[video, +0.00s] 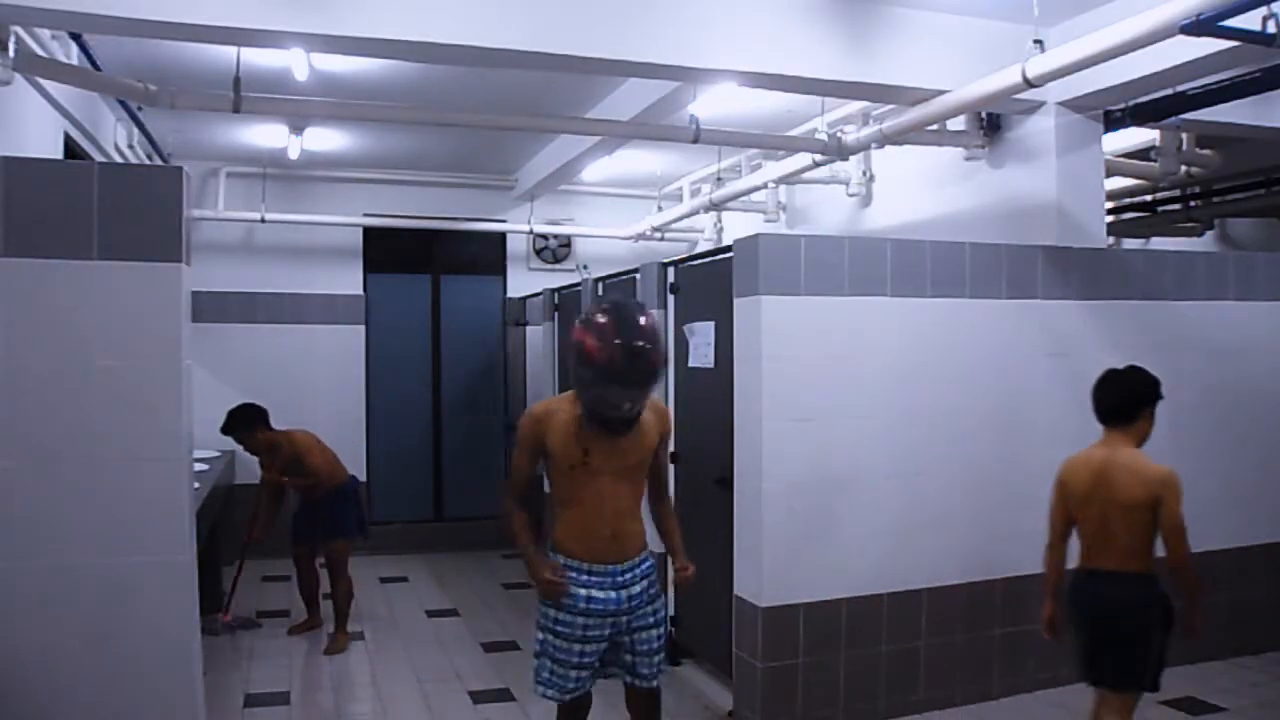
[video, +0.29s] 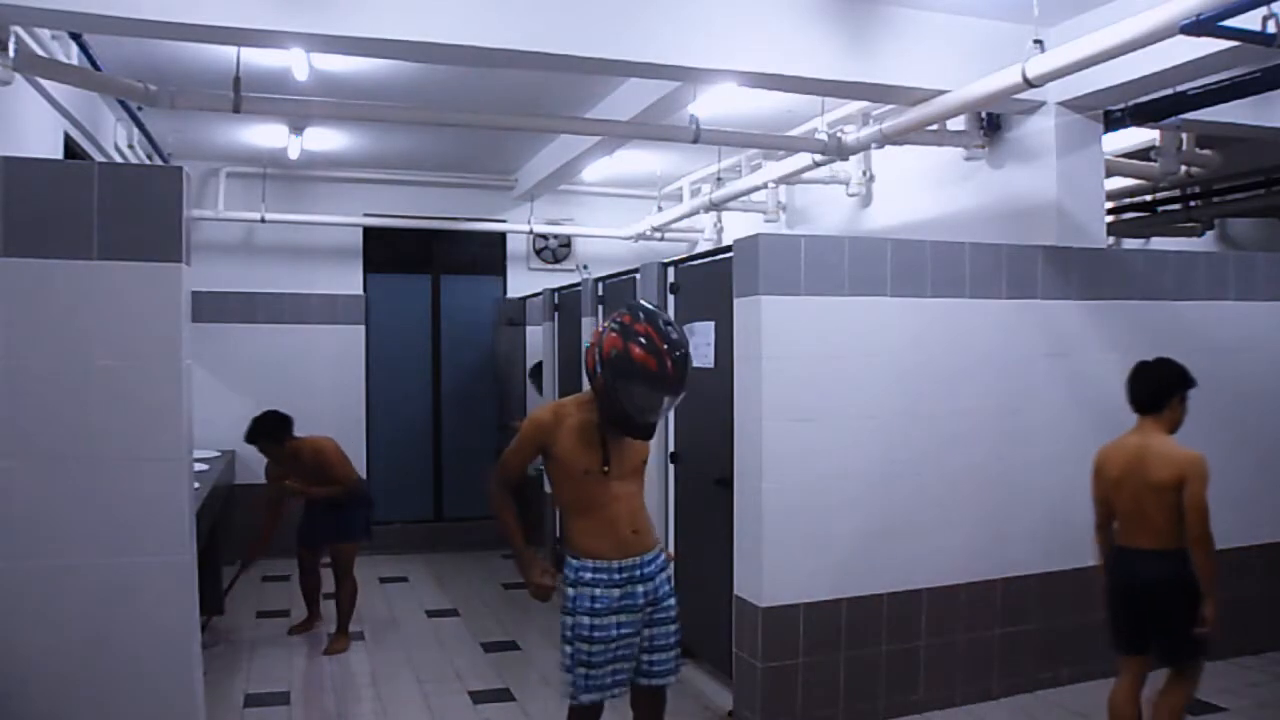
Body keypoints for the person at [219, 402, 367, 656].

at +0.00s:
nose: (243, 449)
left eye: (244, 441)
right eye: (240, 443)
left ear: (259, 431)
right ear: (257, 432)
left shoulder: (299, 443)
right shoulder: (268, 457)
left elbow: (324, 479)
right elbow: (269, 494)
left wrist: (283, 481)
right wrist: (260, 528)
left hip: (339, 497)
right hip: (310, 500)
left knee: (336, 564)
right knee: (303, 558)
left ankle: (341, 631)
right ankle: (313, 616)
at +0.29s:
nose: (262, 455)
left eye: (264, 448)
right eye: (260, 450)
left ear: (279, 442)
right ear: (272, 446)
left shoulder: (323, 449)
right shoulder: (275, 470)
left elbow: (350, 486)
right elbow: (274, 513)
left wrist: (307, 491)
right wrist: (258, 549)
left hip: (349, 504)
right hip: (317, 505)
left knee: (342, 568)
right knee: (307, 560)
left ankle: (342, 632)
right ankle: (313, 615)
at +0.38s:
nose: (271, 454)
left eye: (273, 448)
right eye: (268, 449)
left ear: (290, 441)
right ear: (273, 447)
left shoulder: (332, 449)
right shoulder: (278, 469)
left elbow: (356, 486)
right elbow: (274, 511)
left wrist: (318, 492)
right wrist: (259, 552)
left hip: (349, 505)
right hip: (316, 506)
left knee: (343, 567)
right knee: (304, 560)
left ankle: (343, 632)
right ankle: (311, 611)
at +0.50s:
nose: (282, 452)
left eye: (285, 446)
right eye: (280, 447)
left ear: (303, 441)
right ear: (283, 444)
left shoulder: (340, 448)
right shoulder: (283, 468)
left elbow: (362, 484)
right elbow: (276, 513)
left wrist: (326, 490)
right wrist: (265, 553)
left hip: (350, 506)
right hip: (316, 507)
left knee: (344, 568)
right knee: (301, 566)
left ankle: (343, 632)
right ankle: (307, 608)